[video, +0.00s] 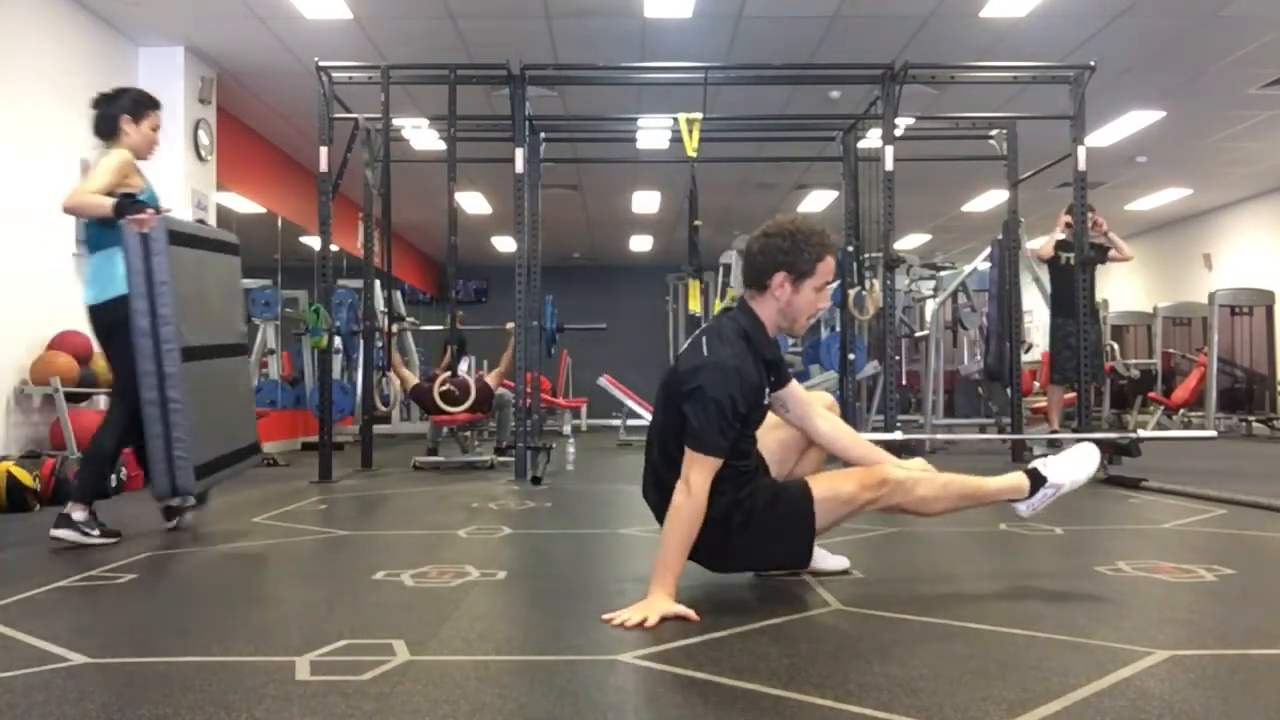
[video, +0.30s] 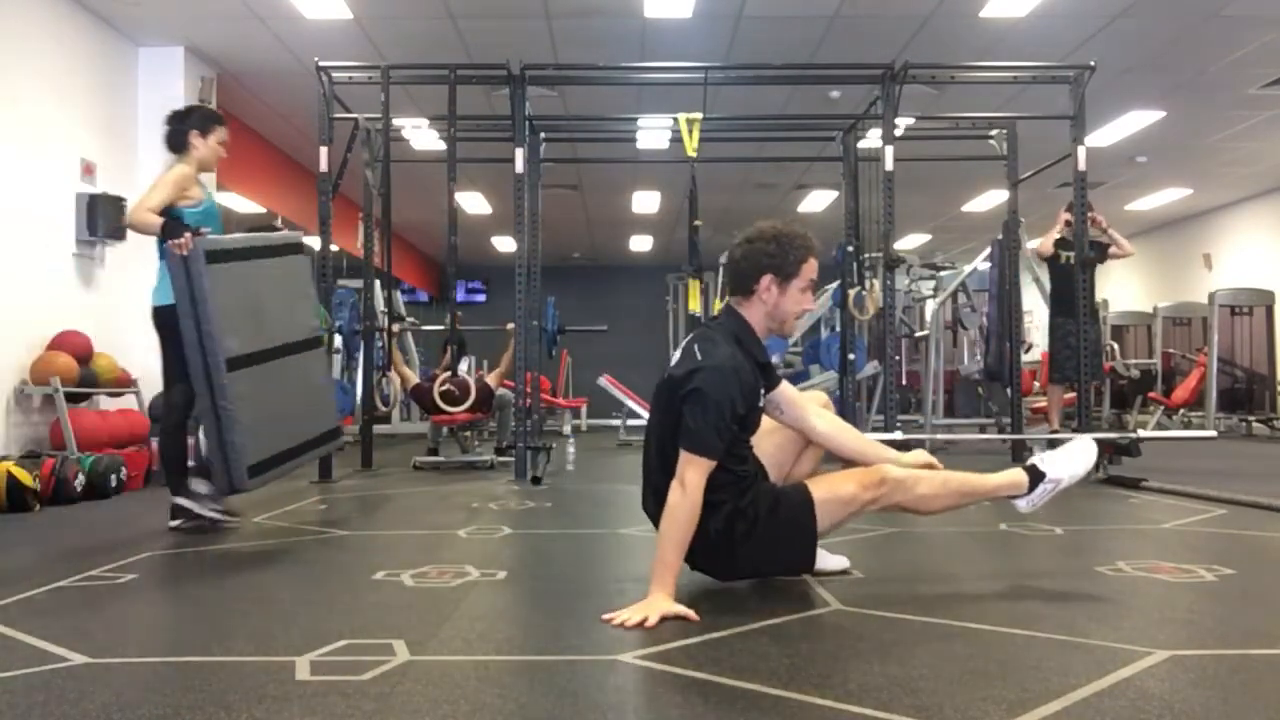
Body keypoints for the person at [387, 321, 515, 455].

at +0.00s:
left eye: (443, 383)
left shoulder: (428, 398)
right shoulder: (480, 396)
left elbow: (399, 370)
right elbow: (501, 370)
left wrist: (389, 338)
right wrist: (513, 337)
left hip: (438, 407)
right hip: (476, 405)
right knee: (505, 396)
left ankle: (432, 446)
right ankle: (502, 444)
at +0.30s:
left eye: (443, 382)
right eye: (445, 383)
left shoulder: (428, 400)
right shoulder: (480, 396)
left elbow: (400, 368)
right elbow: (502, 370)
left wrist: (392, 339)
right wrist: (513, 338)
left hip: (439, 407)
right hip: (476, 406)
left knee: (437, 410)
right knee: (506, 398)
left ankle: (433, 447)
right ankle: (502, 445)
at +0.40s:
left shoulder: (427, 399)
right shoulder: (480, 395)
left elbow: (400, 368)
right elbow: (502, 370)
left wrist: (391, 338)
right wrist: (513, 338)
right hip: (475, 406)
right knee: (506, 398)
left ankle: (432, 447)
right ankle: (502, 445)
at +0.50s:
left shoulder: (428, 399)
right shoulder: (480, 395)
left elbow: (401, 368)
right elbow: (502, 370)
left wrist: (391, 339)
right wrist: (513, 338)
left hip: (439, 407)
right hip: (476, 405)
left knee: (437, 410)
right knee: (506, 398)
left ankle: (432, 447)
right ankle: (502, 445)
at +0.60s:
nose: (447, 386)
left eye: (443, 385)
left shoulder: (428, 400)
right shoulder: (480, 397)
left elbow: (401, 368)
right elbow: (502, 370)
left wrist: (391, 340)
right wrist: (513, 338)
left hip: (439, 408)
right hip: (475, 407)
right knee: (506, 398)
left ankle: (432, 447)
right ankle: (502, 445)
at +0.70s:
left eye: (443, 383)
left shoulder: (428, 399)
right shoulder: (480, 396)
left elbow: (410, 376)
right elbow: (503, 370)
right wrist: (513, 338)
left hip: (439, 408)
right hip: (477, 406)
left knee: (435, 415)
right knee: (507, 399)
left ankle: (431, 448)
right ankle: (502, 445)